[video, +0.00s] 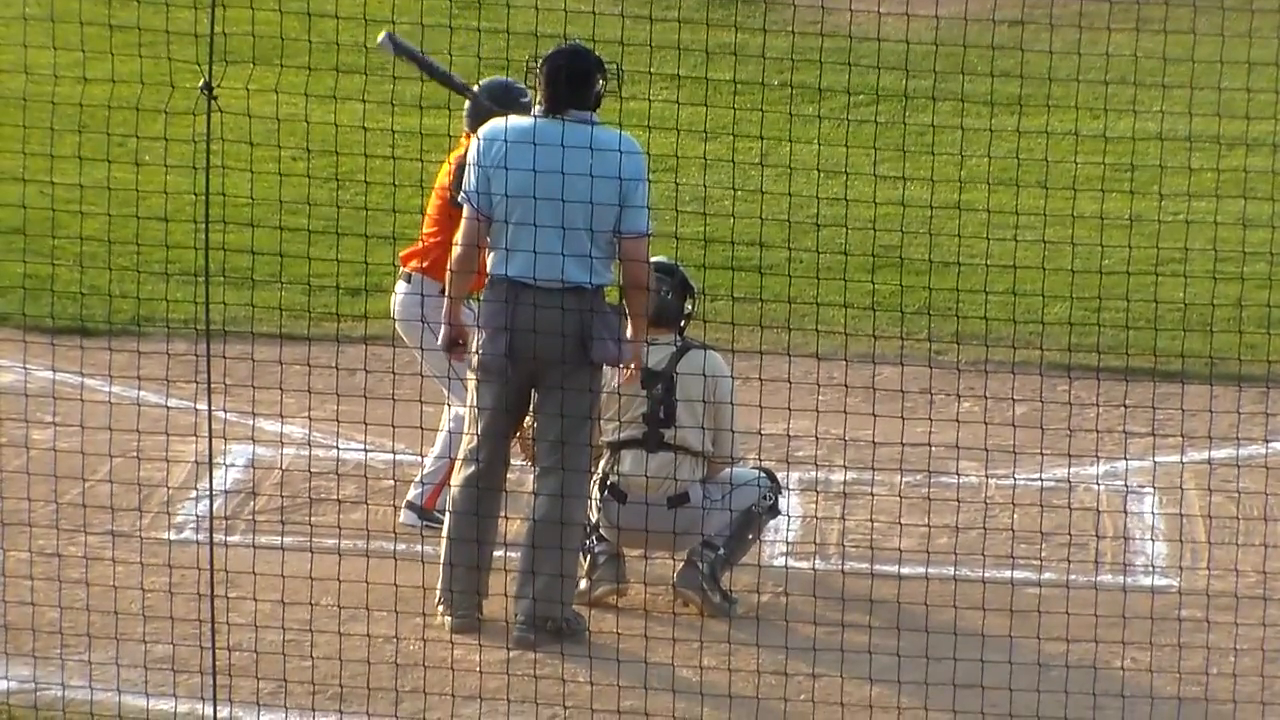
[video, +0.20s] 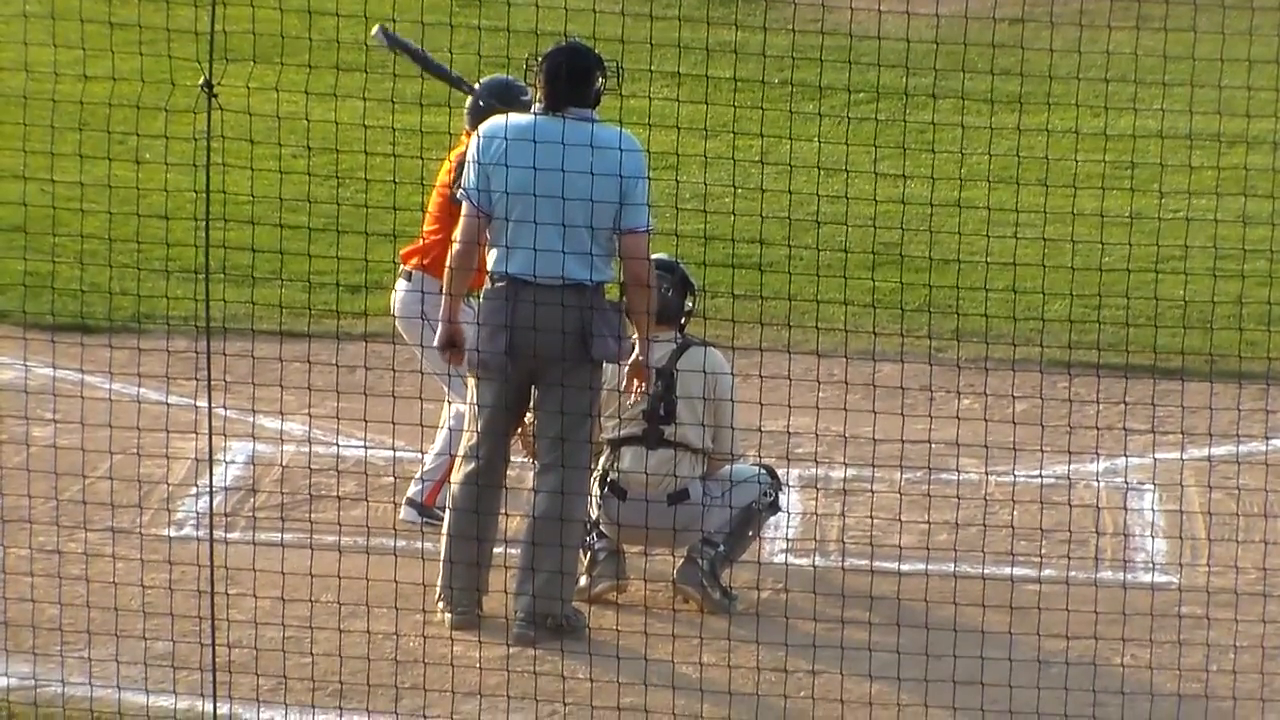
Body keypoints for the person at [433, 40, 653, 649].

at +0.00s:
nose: (603, 97)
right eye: (602, 89)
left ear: (542, 89)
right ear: (597, 93)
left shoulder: (496, 137)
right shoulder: (624, 151)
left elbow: (469, 242)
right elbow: (634, 260)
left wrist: (453, 308)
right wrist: (636, 337)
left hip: (505, 311)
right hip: (578, 318)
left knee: (481, 456)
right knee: (564, 466)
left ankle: (459, 600)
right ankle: (544, 612)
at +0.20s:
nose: (599, 96)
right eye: (600, 88)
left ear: (542, 86)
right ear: (597, 91)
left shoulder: (495, 136)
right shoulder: (624, 150)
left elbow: (467, 239)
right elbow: (636, 261)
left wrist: (450, 313)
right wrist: (642, 345)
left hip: (503, 310)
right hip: (580, 317)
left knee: (481, 454)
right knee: (564, 462)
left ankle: (459, 596)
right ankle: (544, 608)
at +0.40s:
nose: (598, 96)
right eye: (600, 88)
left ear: (541, 87)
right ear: (596, 91)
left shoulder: (494, 134)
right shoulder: (623, 148)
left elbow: (467, 238)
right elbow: (635, 257)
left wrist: (450, 313)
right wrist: (641, 342)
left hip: (504, 308)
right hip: (579, 315)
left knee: (481, 453)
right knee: (564, 462)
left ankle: (459, 596)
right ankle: (543, 608)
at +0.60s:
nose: (595, 96)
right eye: (599, 88)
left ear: (539, 86)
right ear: (596, 91)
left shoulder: (494, 133)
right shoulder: (623, 148)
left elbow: (467, 238)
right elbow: (635, 256)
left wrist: (459, 310)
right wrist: (639, 338)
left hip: (505, 308)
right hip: (580, 315)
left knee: (482, 453)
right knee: (565, 462)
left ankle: (459, 596)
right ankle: (544, 607)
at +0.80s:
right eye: (596, 88)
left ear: (538, 86)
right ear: (595, 91)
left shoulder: (493, 134)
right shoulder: (623, 147)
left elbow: (467, 240)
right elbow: (634, 252)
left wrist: (461, 310)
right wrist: (636, 334)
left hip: (506, 309)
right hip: (580, 314)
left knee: (481, 452)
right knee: (564, 462)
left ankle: (459, 596)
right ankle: (544, 607)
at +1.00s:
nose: (594, 96)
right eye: (598, 88)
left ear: (539, 87)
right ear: (595, 91)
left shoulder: (493, 135)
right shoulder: (623, 147)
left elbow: (462, 240)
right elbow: (634, 252)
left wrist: (462, 307)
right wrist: (637, 331)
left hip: (506, 309)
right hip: (581, 315)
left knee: (479, 447)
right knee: (565, 460)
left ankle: (459, 594)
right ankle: (544, 606)